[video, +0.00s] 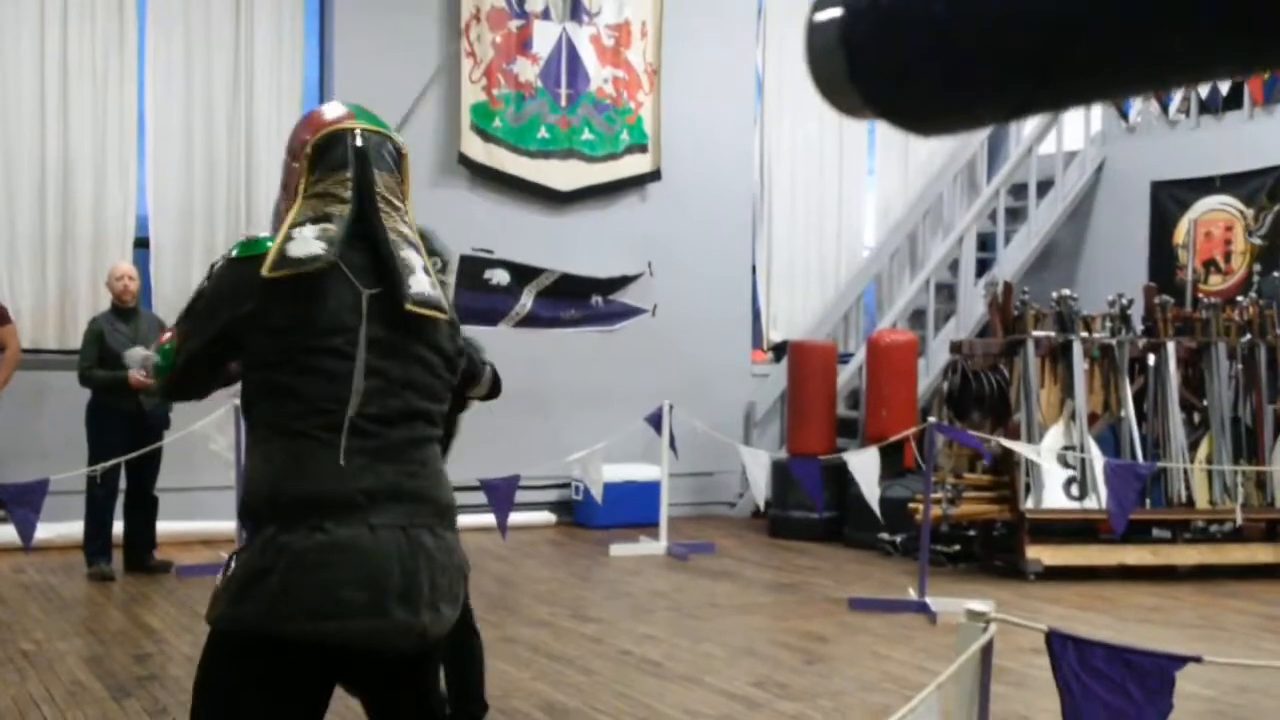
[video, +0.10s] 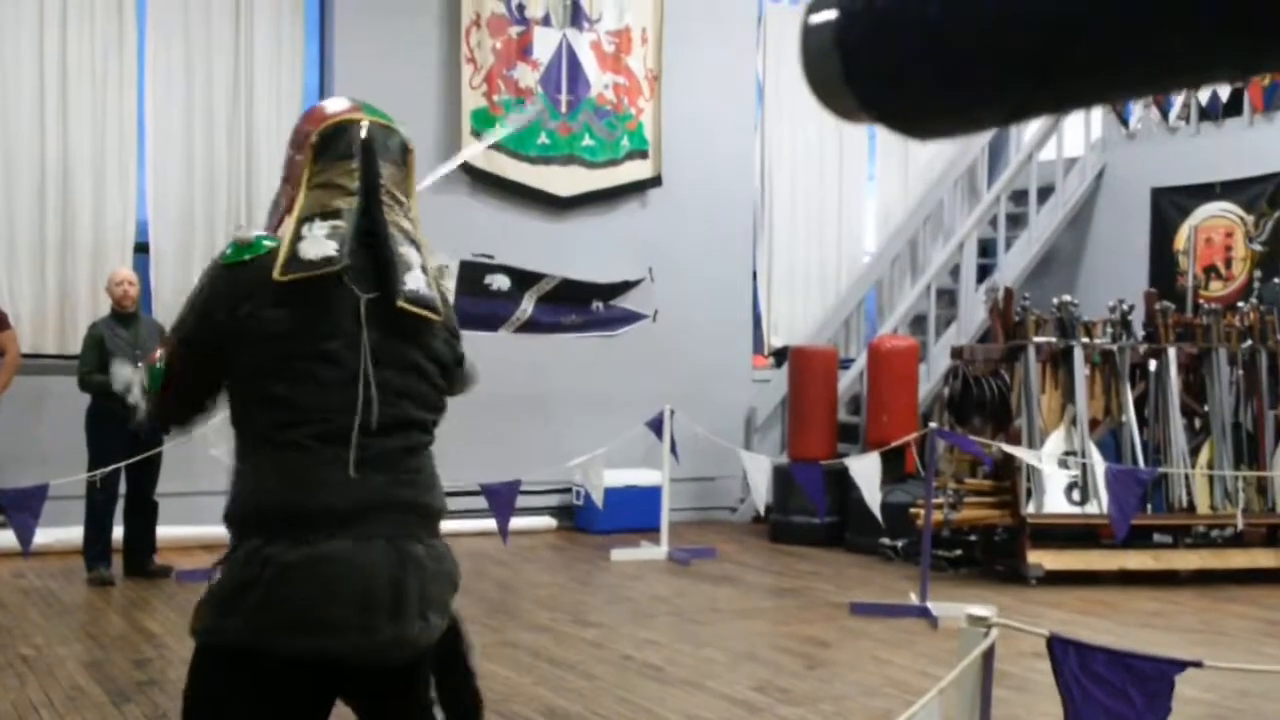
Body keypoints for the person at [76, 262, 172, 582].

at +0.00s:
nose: (126, 284)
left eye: (131, 278)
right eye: (119, 279)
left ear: (140, 284)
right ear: (109, 286)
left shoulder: (155, 325)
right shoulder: (98, 327)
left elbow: (173, 366)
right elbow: (86, 374)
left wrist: (157, 380)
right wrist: (125, 378)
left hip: (148, 418)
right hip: (108, 418)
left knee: (143, 490)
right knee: (103, 489)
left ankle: (140, 555)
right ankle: (99, 559)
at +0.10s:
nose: (126, 289)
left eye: (131, 283)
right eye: (119, 284)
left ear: (139, 289)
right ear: (109, 291)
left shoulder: (154, 330)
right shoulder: (99, 332)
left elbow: (172, 372)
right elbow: (85, 379)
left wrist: (152, 381)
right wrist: (115, 381)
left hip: (147, 421)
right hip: (108, 421)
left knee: (143, 494)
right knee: (103, 493)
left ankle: (140, 560)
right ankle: (98, 564)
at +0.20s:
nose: (130, 286)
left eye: (135, 280)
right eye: (123, 281)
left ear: (143, 286)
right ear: (113, 288)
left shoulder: (159, 327)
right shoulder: (103, 328)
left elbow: (175, 365)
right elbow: (90, 376)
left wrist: (161, 383)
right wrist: (128, 379)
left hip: (150, 415)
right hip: (111, 416)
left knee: (147, 488)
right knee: (107, 489)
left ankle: (145, 556)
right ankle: (103, 560)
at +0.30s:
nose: (130, 287)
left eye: (135, 281)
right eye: (123, 282)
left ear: (143, 287)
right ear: (113, 289)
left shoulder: (160, 329)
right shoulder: (104, 329)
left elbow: (173, 374)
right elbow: (90, 377)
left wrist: (170, 410)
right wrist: (127, 381)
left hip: (152, 419)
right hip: (112, 419)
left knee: (147, 492)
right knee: (107, 490)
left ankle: (144, 556)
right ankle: (103, 560)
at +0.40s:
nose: (130, 286)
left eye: (135, 280)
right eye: (123, 281)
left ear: (143, 286)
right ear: (113, 289)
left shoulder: (157, 326)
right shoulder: (104, 327)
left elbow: (172, 366)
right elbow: (90, 375)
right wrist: (127, 379)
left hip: (151, 417)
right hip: (111, 417)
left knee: (145, 491)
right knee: (106, 488)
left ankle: (143, 555)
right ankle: (102, 558)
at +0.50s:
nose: (128, 284)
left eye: (133, 278)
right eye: (121, 278)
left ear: (143, 283)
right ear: (112, 286)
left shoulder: (160, 325)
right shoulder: (101, 326)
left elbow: (176, 366)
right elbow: (88, 374)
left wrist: (165, 399)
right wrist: (126, 377)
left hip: (151, 416)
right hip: (110, 416)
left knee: (145, 488)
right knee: (104, 487)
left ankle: (142, 553)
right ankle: (100, 556)